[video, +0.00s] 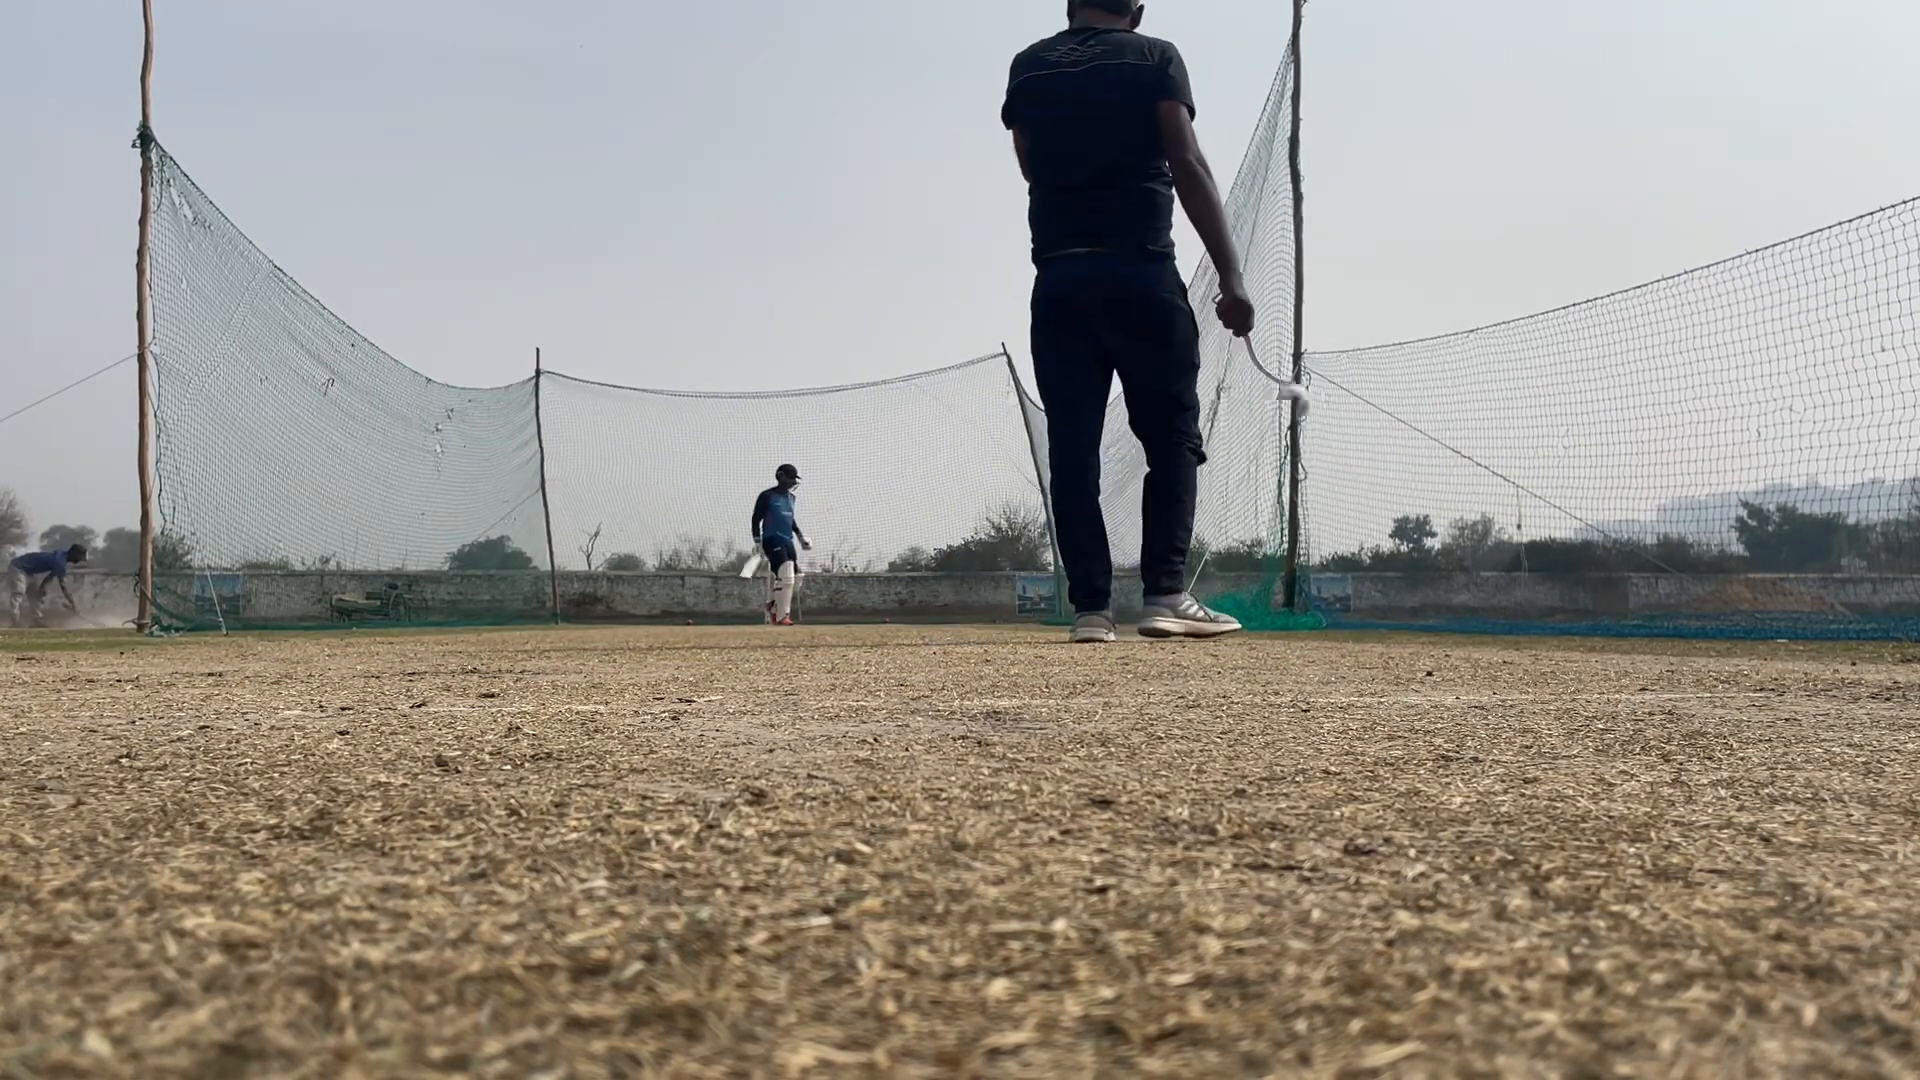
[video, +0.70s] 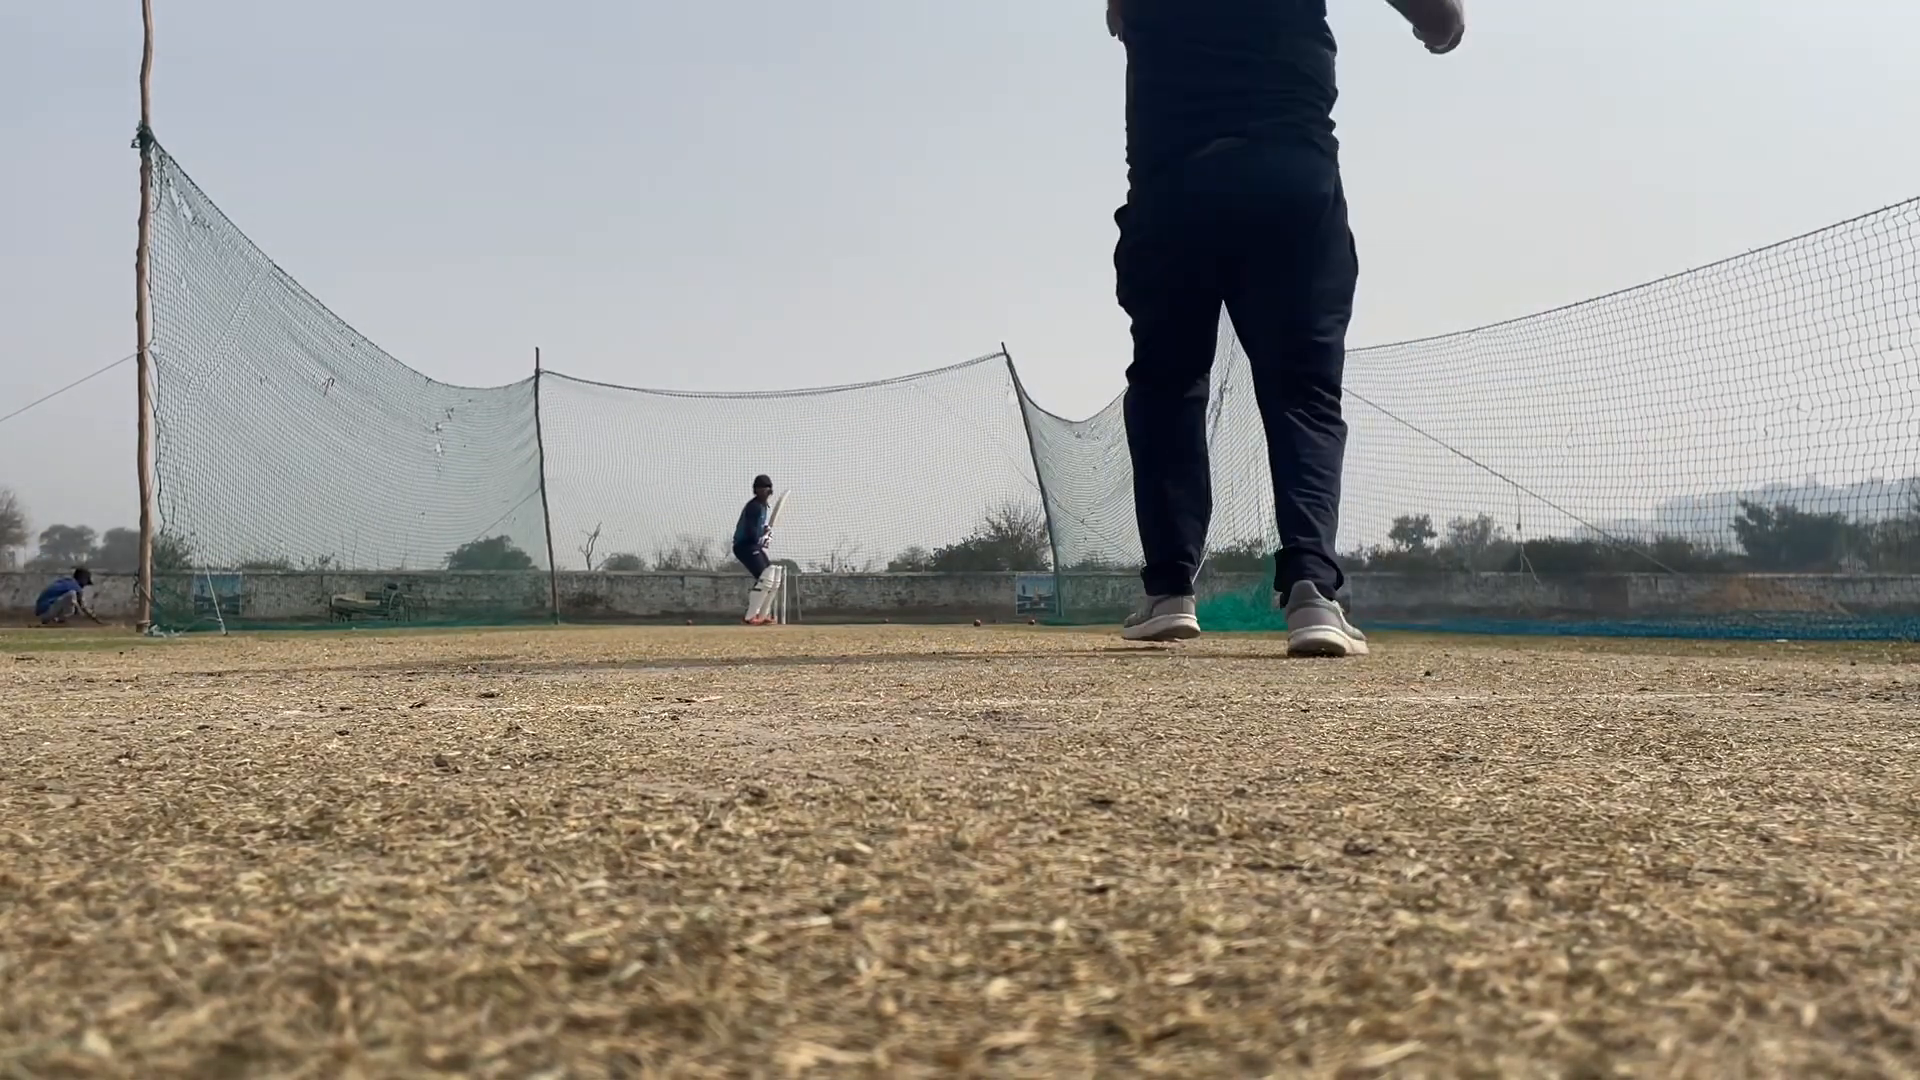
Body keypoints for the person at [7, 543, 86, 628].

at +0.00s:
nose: (79, 561)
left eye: (80, 559)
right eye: (79, 558)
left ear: (73, 553)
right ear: (74, 554)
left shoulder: (61, 557)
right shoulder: (60, 562)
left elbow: (50, 577)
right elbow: (63, 587)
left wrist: (41, 588)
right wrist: (72, 604)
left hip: (28, 571)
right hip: (17, 568)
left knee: (34, 595)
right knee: (18, 595)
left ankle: (37, 620)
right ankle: (15, 621)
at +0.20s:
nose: (87, 585)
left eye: (88, 583)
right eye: (87, 582)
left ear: (78, 578)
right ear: (83, 580)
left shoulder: (69, 582)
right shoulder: (76, 589)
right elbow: (87, 608)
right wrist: (105, 621)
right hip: (45, 612)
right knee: (71, 595)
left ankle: (56, 618)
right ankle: (54, 618)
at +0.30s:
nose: (86, 585)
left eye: (87, 583)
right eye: (86, 582)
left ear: (77, 577)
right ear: (82, 580)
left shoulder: (69, 582)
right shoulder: (76, 587)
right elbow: (90, 610)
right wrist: (112, 621)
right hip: (46, 612)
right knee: (72, 595)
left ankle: (48, 618)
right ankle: (62, 619)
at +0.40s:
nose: (86, 585)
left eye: (87, 582)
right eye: (86, 582)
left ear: (77, 577)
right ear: (82, 579)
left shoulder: (68, 581)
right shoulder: (77, 587)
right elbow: (89, 608)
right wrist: (112, 620)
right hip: (46, 612)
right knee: (73, 595)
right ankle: (61, 618)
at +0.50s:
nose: (86, 585)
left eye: (87, 583)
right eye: (86, 582)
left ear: (77, 577)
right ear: (82, 579)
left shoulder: (69, 581)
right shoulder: (76, 586)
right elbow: (86, 605)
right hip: (45, 612)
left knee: (74, 595)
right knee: (73, 595)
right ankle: (61, 618)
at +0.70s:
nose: (85, 585)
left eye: (87, 582)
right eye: (86, 582)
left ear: (76, 577)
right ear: (81, 579)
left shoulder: (68, 581)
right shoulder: (76, 587)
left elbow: (75, 603)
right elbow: (82, 607)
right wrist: (95, 619)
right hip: (45, 611)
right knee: (71, 595)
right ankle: (62, 618)